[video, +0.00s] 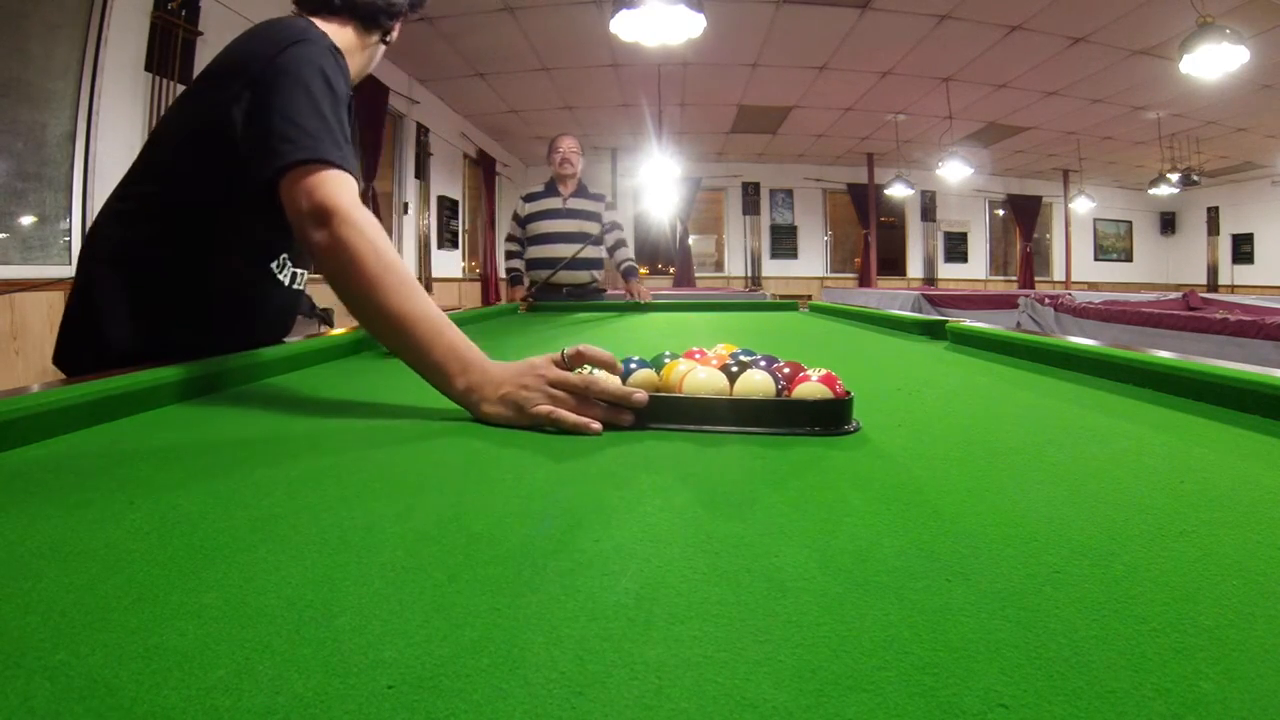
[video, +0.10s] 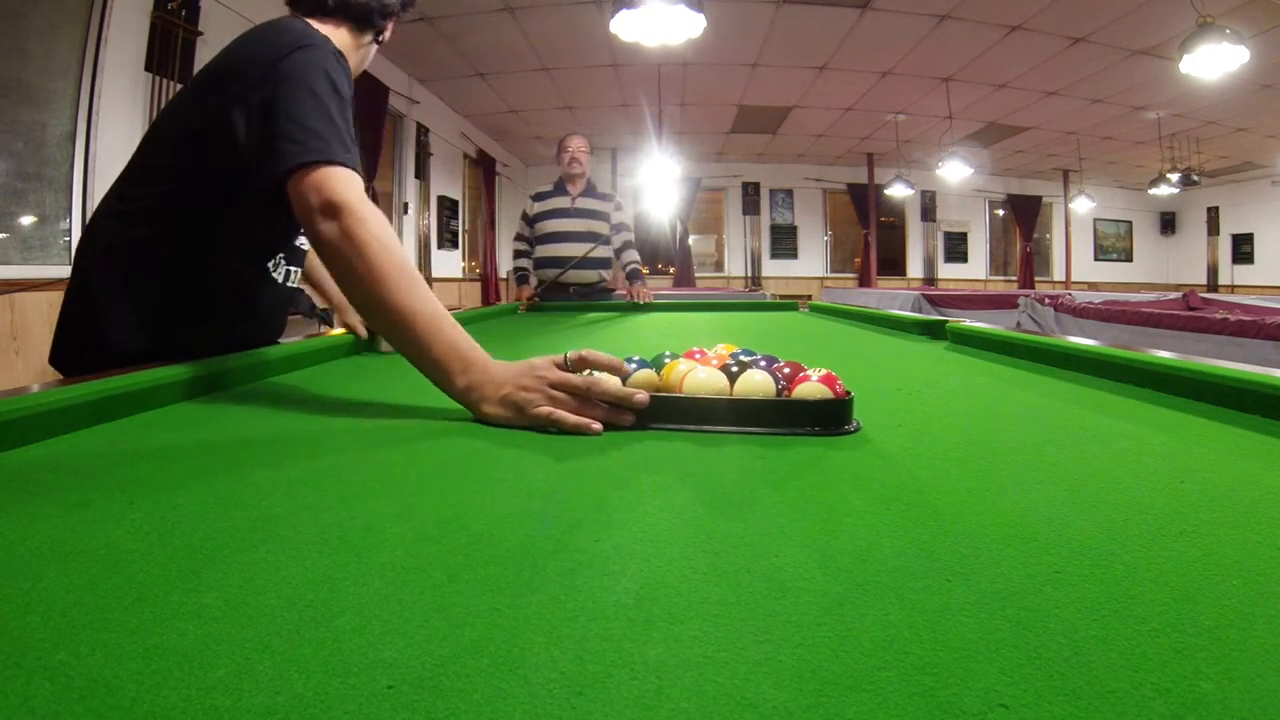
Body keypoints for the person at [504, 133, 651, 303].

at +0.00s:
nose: (565, 155)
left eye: (572, 151)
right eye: (558, 151)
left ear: (582, 162)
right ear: (549, 162)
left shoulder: (601, 202)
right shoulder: (529, 201)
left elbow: (616, 242)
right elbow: (514, 244)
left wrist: (632, 279)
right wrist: (516, 284)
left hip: (589, 297)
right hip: (544, 298)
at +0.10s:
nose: (574, 155)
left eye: (581, 151)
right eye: (567, 151)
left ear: (589, 159)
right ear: (559, 160)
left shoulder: (609, 203)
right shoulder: (537, 200)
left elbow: (624, 244)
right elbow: (522, 244)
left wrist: (637, 281)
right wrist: (523, 283)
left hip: (597, 298)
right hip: (550, 298)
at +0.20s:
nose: (583, 155)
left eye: (590, 150)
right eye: (577, 150)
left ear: (600, 158)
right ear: (568, 159)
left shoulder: (618, 203)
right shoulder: (546, 200)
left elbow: (632, 244)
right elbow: (531, 243)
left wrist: (641, 282)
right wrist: (531, 282)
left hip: (605, 299)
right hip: (558, 299)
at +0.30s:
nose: (593, 154)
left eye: (601, 150)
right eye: (586, 150)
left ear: (611, 158)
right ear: (578, 158)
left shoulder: (625, 204)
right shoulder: (555, 199)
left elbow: (638, 246)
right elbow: (539, 242)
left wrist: (646, 283)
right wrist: (540, 282)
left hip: (611, 299)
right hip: (565, 298)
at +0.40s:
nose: (601, 155)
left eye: (610, 149)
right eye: (595, 150)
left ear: (619, 158)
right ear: (587, 158)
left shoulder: (634, 204)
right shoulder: (564, 198)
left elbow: (645, 247)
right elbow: (546, 240)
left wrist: (648, 285)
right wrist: (546, 282)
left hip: (616, 300)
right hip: (571, 298)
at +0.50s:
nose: (609, 154)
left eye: (617, 150)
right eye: (602, 149)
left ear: (625, 157)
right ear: (593, 157)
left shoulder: (638, 203)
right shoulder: (569, 198)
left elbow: (649, 246)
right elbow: (551, 242)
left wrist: (649, 285)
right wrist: (549, 284)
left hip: (619, 300)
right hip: (574, 298)